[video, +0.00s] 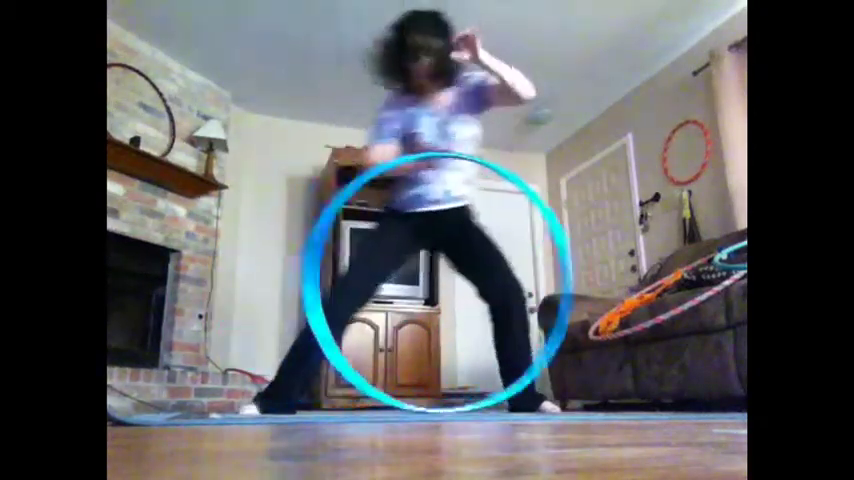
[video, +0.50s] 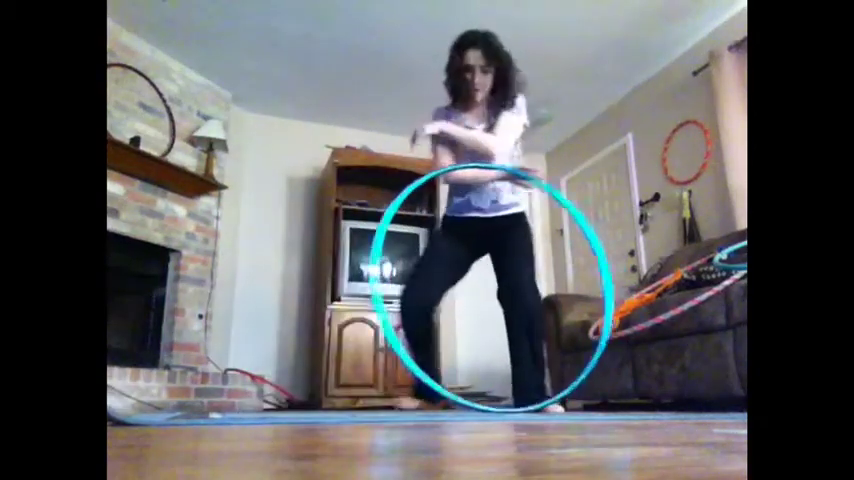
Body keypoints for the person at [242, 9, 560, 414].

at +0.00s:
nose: (421, 63)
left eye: (429, 54)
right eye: (413, 55)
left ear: (447, 55)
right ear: (401, 59)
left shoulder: (468, 93)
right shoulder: (398, 105)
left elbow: (524, 93)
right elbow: (378, 158)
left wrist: (482, 59)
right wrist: (415, 158)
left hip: (453, 217)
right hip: (403, 219)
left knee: (507, 294)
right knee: (342, 301)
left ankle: (525, 399)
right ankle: (275, 403)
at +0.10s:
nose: (444, 62)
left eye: (452, 52)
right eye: (438, 55)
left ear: (476, 54)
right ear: (433, 60)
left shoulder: (498, 88)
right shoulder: (433, 102)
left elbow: (522, 101)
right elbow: (427, 169)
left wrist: (469, 73)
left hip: (486, 215)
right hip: (437, 216)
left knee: (525, 296)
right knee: (385, 293)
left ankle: (525, 398)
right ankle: (314, 391)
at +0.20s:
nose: (471, 68)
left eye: (479, 57)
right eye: (461, 60)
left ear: (496, 53)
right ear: (449, 62)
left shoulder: (512, 88)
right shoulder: (444, 102)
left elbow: (512, 113)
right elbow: (454, 169)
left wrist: (454, 90)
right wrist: (511, 171)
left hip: (499, 214)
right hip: (450, 216)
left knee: (528, 295)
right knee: (411, 290)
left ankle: (527, 396)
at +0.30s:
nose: (475, 73)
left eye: (485, 62)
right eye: (466, 64)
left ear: (501, 64)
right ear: (455, 68)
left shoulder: (517, 95)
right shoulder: (446, 108)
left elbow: (508, 124)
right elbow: (467, 171)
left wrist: (445, 113)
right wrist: (532, 177)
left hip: (508, 215)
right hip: (458, 219)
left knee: (527, 298)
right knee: (424, 298)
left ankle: (533, 400)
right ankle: (424, 390)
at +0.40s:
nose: (478, 77)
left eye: (487, 68)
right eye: (469, 68)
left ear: (501, 70)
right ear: (459, 71)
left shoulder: (517, 102)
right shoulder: (449, 113)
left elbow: (503, 138)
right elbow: (464, 172)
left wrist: (441, 131)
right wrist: (525, 176)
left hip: (513, 220)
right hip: (465, 223)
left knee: (522, 301)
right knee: (425, 305)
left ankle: (534, 402)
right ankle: (444, 393)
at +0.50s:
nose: (475, 79)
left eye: (484, 70)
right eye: (467, 70)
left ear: (497, 73)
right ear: (455, 73)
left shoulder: (513, 106)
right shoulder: (445, 117)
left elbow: (498, 147)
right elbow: (449, 174)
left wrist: (441, 129)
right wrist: (506, 173)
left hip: (508, 223)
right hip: (461, 224)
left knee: (522, 301)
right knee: (416, 299)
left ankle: (534, 400)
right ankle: (427, 393)